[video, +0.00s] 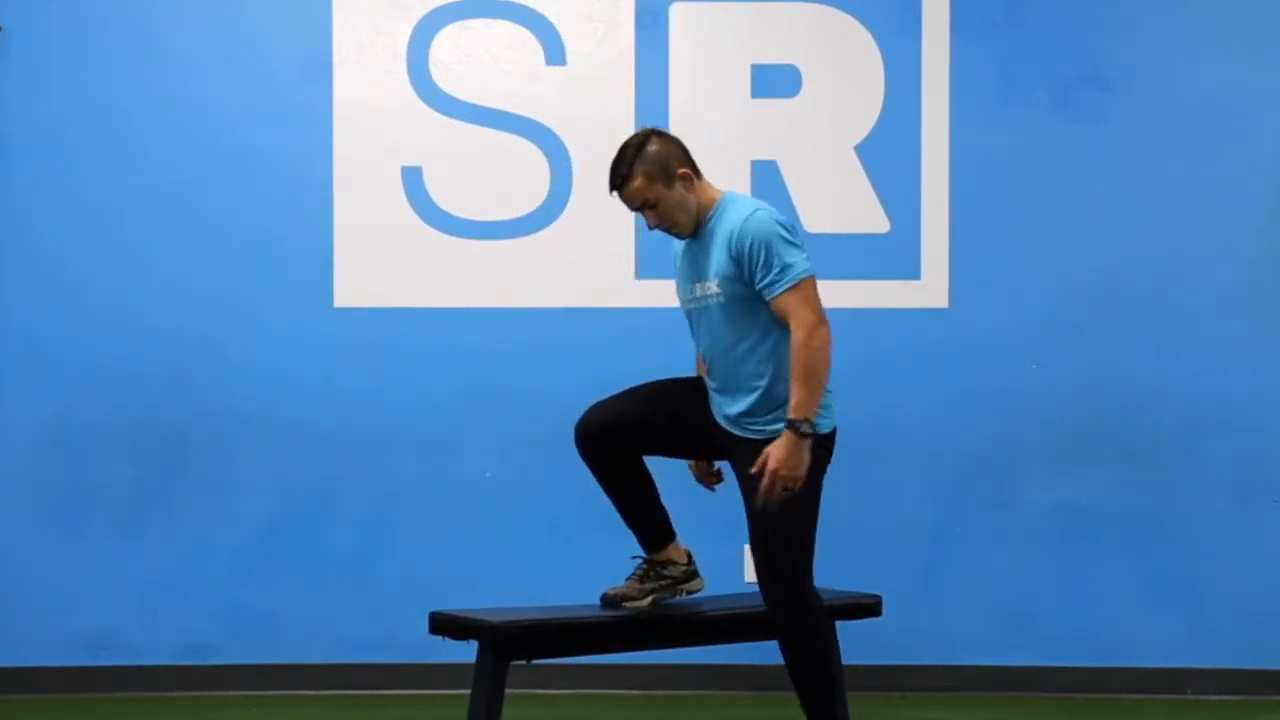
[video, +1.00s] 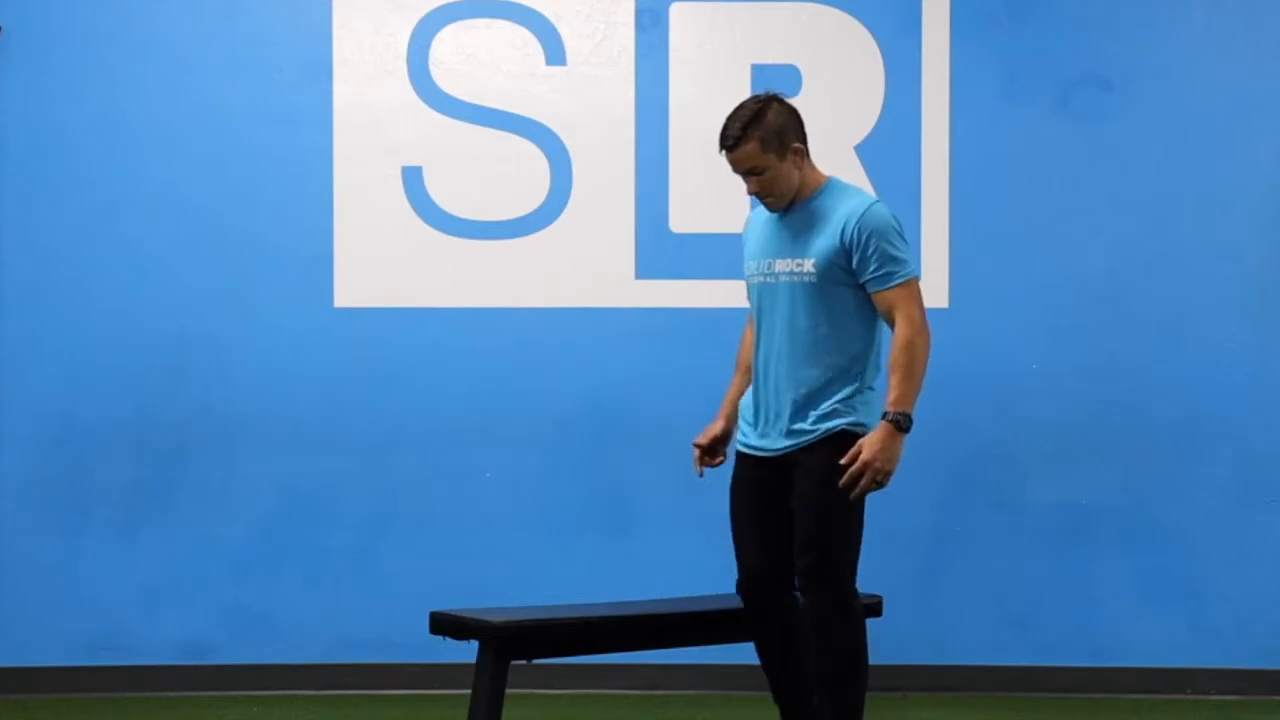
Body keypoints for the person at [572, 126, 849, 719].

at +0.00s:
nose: (649, 222)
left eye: (650, 206)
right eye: (641, 212)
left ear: (685, 179)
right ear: (675, 184)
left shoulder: (753, 228)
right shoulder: (694, 245)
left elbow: (811, 324)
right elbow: (711, 349)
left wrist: (798, 433)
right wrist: (701, 438)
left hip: (779, 430)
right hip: (719, 411)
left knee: (788, 595)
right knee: (601, 431)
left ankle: (829, 713)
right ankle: (667, 561)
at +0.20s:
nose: (685, 204)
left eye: (689, 189)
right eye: (677, 194)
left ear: (729, 166)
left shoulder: (801, 226)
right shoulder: (717, 238)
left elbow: (866, 319)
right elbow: (730, 338)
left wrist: (874, 427)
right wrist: (703, 428)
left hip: (801, 428)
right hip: (735, 407)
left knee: (805, 592)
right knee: (612, 426)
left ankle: (834, 715)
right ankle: (668, 561)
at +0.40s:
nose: (723, 194)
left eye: (729, 179)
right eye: (716, 182)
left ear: (768, 158)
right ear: (717, 173)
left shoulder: (840, 220)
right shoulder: (745, 223)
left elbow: (895, 322)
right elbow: (748, 323)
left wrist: (879, 426)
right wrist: (707, 415)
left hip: (813, 428)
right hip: (747, 400)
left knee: (816, 596)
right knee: (624, 417)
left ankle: (837, 716)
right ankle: (664, 551)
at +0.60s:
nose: (745, 184)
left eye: (751, 169)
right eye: (737, 171)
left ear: (792, 151)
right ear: (739, 162)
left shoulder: (854, 214)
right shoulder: (763, 214)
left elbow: (904, 319)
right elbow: (761, 312)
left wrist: (870, 416)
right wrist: (733, 380)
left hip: (817, 426)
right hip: (754, 394)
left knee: (817, 588)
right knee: (640, 425)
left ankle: (837, 714)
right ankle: (745, 539)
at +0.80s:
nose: (752, 185)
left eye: (759, 170)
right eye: (744, 173)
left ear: (798, 149)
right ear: (747, 163)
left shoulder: (863, 216)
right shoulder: (766, 216)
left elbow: (908, 324)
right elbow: (766, 321)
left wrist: (880, 419)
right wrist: (723, 408)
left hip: (827, 434)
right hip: (753, 424)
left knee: (825, 599)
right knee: (699, 537)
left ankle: (840, 715)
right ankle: (778, 675)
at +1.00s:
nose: (750, 188)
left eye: (758, 173)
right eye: (742, 175)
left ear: (797, 154)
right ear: (737, 164)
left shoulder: (862, 218)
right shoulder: (760, 221)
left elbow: (911, 325)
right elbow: (761, 326)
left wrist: (894, 425)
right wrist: (727, 417)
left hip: (830, 439)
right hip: (759, 442)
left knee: (827, 597)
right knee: (760, 593)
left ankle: (839, 714)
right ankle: (800, 713)